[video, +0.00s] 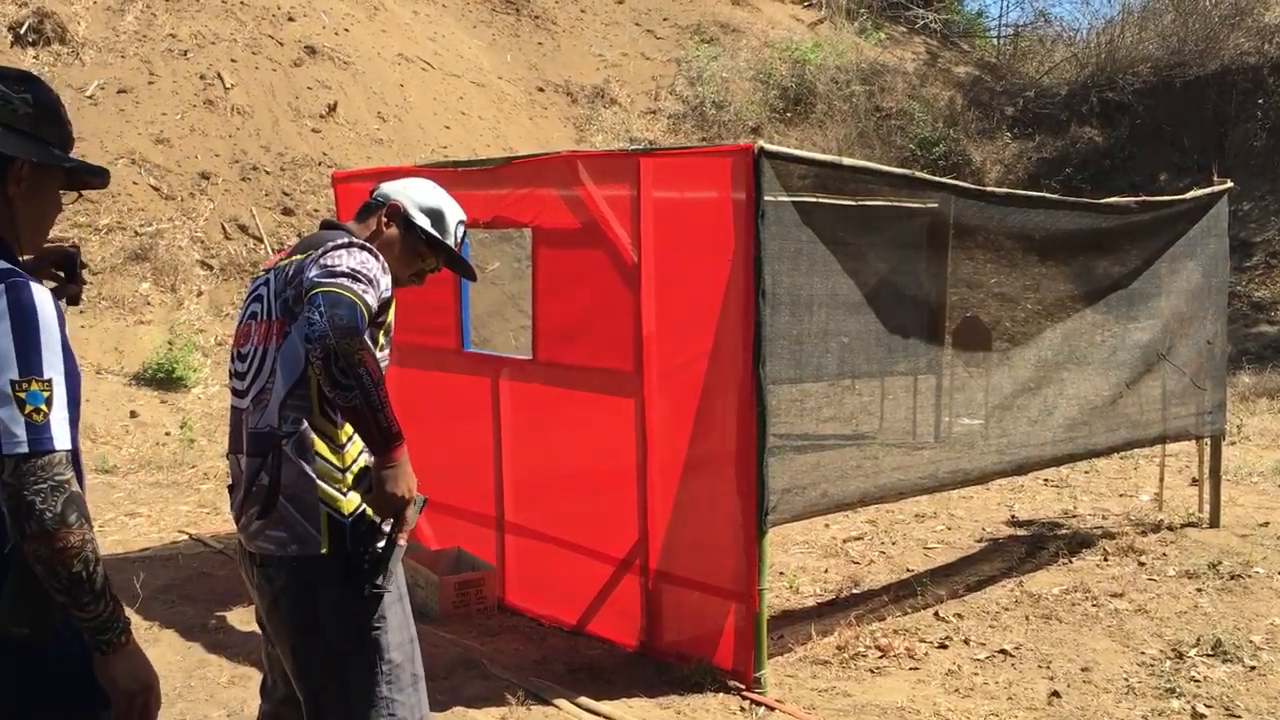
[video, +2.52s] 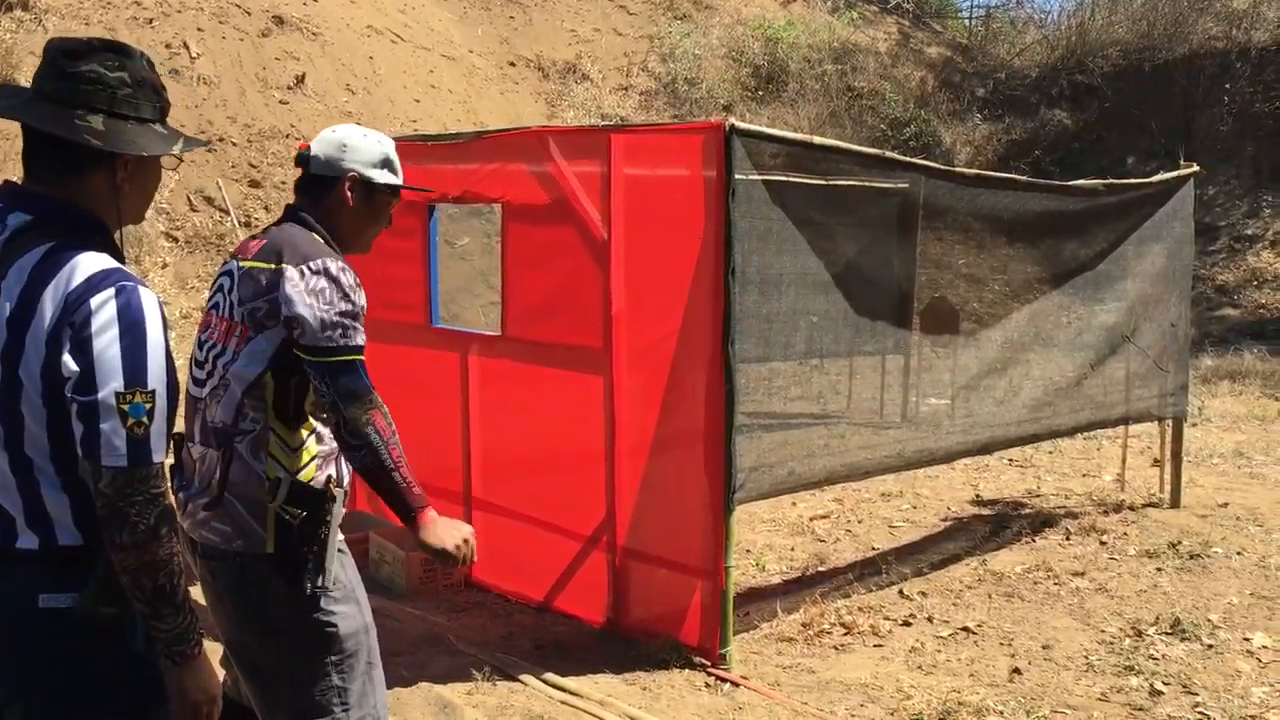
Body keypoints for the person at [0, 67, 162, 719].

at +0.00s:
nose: (62, 205)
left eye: (63, 188)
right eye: (58, 186)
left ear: (18, 183)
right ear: (19, 182)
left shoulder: (21, 292)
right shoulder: (21, 298)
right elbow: (40, 491)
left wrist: (20, 276)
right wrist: (113, 638)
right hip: (33, 639)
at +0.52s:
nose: (125, 202)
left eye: (128, 184)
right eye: (121, 181)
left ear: (17, 165)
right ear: (79, 177)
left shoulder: (16, 286)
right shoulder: (70, 307)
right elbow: (111, 516)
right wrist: (176, 649)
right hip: (67, 645)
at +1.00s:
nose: (190, 220)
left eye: (195, 201)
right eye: (192, 199)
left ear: (78, 162)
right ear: (153, 189)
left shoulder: (8, 250)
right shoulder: (133, 319)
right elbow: (162, 531)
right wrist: (216, 670)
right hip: (94, 629)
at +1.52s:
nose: (189, 218)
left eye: (196, 198)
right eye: (192, 195)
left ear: (77, 159)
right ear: (152, 188)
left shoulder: (7, 245)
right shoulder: (130, 318)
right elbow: (156, 535)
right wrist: (205, 672)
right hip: (91, 626)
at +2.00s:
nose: (181, 209)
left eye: (187, 190)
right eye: (184, 189)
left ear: (69, 154)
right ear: (146, 183)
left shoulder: (10, 241)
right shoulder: (125, 314)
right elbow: (145, 523)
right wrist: (196, 659)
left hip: (12, 585)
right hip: (84, 617)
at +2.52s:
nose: (161, 177)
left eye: (162, 159)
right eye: (157, 158)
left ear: (37, 146)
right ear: (123, 167)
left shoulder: (6, 242)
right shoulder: (110, 301)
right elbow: (133, 512)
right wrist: (187, 646)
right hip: (76, 614)